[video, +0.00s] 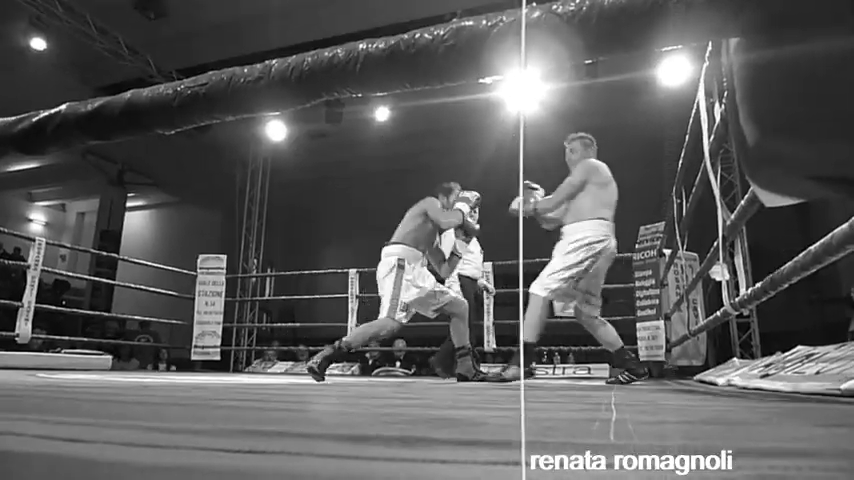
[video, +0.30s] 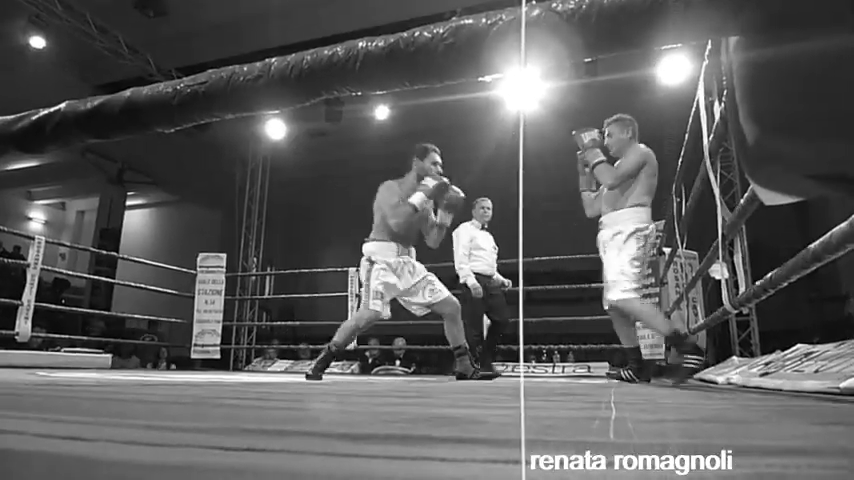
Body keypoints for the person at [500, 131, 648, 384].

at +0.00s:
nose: (567, 155)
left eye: (572, 149)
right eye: (566, 151)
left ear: (590, 149)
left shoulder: (590, 166)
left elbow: (553, 202)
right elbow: (551, 220)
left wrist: (526, 205)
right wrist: (536, 202)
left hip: (585, 238)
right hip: (600, 241)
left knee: (539, 291)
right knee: (586, 312)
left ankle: (522, 362)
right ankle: (629, 364)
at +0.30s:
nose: (606, 141)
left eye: (610, 135)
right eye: (605, 136)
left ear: (627, 132)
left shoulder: (641, 153)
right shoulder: (617, 170)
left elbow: (610, 178)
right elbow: (591, 209)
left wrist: (592, 152)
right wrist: (584, 173)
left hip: (631, 230)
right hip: (611, 235)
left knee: (622, 297)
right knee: (613, 303)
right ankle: (636, 366)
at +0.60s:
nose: (617, 126)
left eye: (620, 119)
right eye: (616, 121)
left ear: (638, 114)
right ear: (635, 117)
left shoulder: (651, 135)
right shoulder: (643, 143)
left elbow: (626, 176)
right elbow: (639, 179)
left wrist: (596, 156)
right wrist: (618, 157)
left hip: (659, 220)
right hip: (642, 225)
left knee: (677, 291)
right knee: (643, 293)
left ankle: (716, 361)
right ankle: (677, 359)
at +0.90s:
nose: (610, 123)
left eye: (612, 116)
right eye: (608, 119)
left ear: (629, 112)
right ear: (630, 116)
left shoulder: (640, 129)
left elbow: (642, 168)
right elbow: (629, 193)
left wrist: (604, 161)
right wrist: (607, 162)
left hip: (656, 215)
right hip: (655, 217)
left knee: (632, 277)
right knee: (667, 289)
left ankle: (679, 348)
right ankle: (689, 356)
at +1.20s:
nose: (591, 117)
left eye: (593, 110)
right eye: (590, 111)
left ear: (610, 105)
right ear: (620, 106)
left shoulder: (617, 128)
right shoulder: (646, 133)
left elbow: (586, 169)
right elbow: (622, 168)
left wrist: (562, 137)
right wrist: (588, 147)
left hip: (631, 213)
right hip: (654, 212)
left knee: (584, 272)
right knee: (649, 289)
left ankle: (593, 361)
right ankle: (669, 355)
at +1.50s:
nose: (579, 81)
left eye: (581, 72)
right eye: (577, 74)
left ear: (598, 67)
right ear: (615, 67)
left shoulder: (600, 90)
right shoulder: (651, 97)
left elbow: (598, 137)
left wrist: (556, 135)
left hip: (620, 176)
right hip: (661, 180)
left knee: (556, 259)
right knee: (665, 275)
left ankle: (571, 349)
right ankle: (715, 358)